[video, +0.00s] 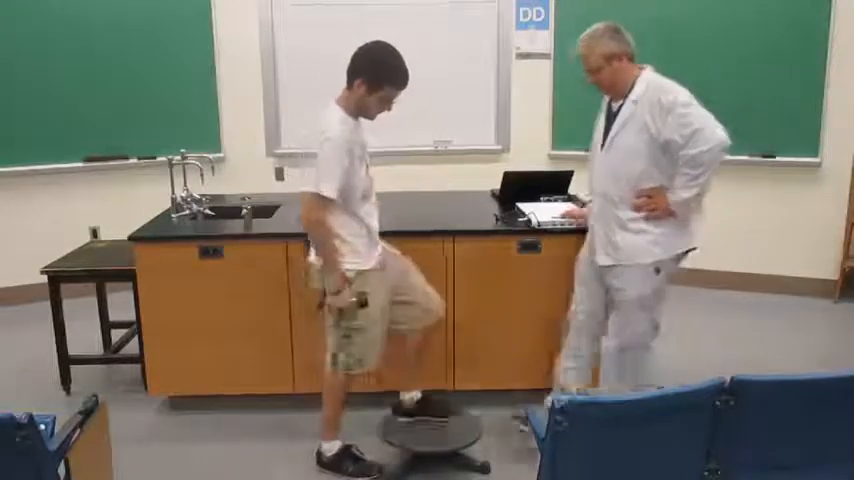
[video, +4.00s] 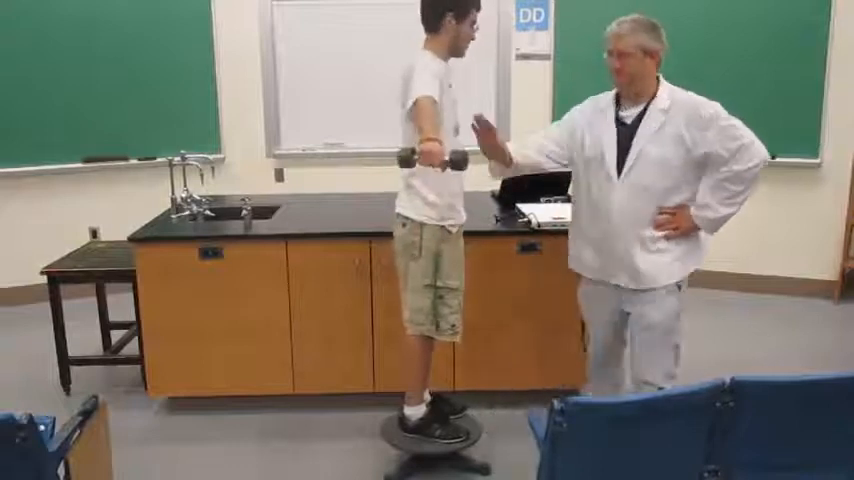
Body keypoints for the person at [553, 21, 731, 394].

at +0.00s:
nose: (591, 79)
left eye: (595, 70)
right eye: (588, 72)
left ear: (619, 60)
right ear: (614, 62)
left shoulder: (661, 94)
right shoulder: (613, 101)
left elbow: (711, 141)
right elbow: (624, 169)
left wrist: (677, 198)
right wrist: (594, 209)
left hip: (644, 245)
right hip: (602, 239)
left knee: (628, 340)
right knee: (582, 329)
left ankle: (622, 425)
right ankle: (564, 411)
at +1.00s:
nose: (573, 90)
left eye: (577, 80)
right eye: (570, 82)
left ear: (604, 69)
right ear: (595, 73)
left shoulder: (645, 105)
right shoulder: (595, 110)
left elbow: (695, 149)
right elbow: (606, 171)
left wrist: (661, 207)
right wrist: (581, 208)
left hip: (625, 255)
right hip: (583, 250)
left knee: (617, 354)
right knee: (560, 337)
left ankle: (615, 436)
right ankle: (529, 422)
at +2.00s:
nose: (589, 91)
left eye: (593, 82)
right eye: (586, 83)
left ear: (620, 71)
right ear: (606, 76)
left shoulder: (660, 110)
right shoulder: (601, 113)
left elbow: (713, 153)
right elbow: (595, 170)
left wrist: (672, 210)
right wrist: (583, 204)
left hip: (632, 256)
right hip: (587, 250)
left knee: (620, 355)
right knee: (562, 338)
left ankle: (617, 438)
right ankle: (528, 423)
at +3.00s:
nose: (607, 83)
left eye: (613, 74)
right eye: (605, 75)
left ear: (644, 67)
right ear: (630, 69)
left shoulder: (682, 113)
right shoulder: (621, 108)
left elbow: (726, 164)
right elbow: (616, 171)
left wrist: (680, 214)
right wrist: (596, 211)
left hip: (636, 258)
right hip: (593, 248)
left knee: (621, 359)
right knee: (562, 335)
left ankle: (618, 443)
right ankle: (529, 421)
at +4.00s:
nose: (613, 64)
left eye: (622, 55)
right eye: (610, 55)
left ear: (653, 58)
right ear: (605, 58)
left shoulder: (693, 114)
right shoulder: (589, 114)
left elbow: (749, 157)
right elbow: (547, 149)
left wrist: (700, 214)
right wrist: (505, 156)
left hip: (657, 274)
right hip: (597, 271)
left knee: (652, 380)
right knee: (601, 377)